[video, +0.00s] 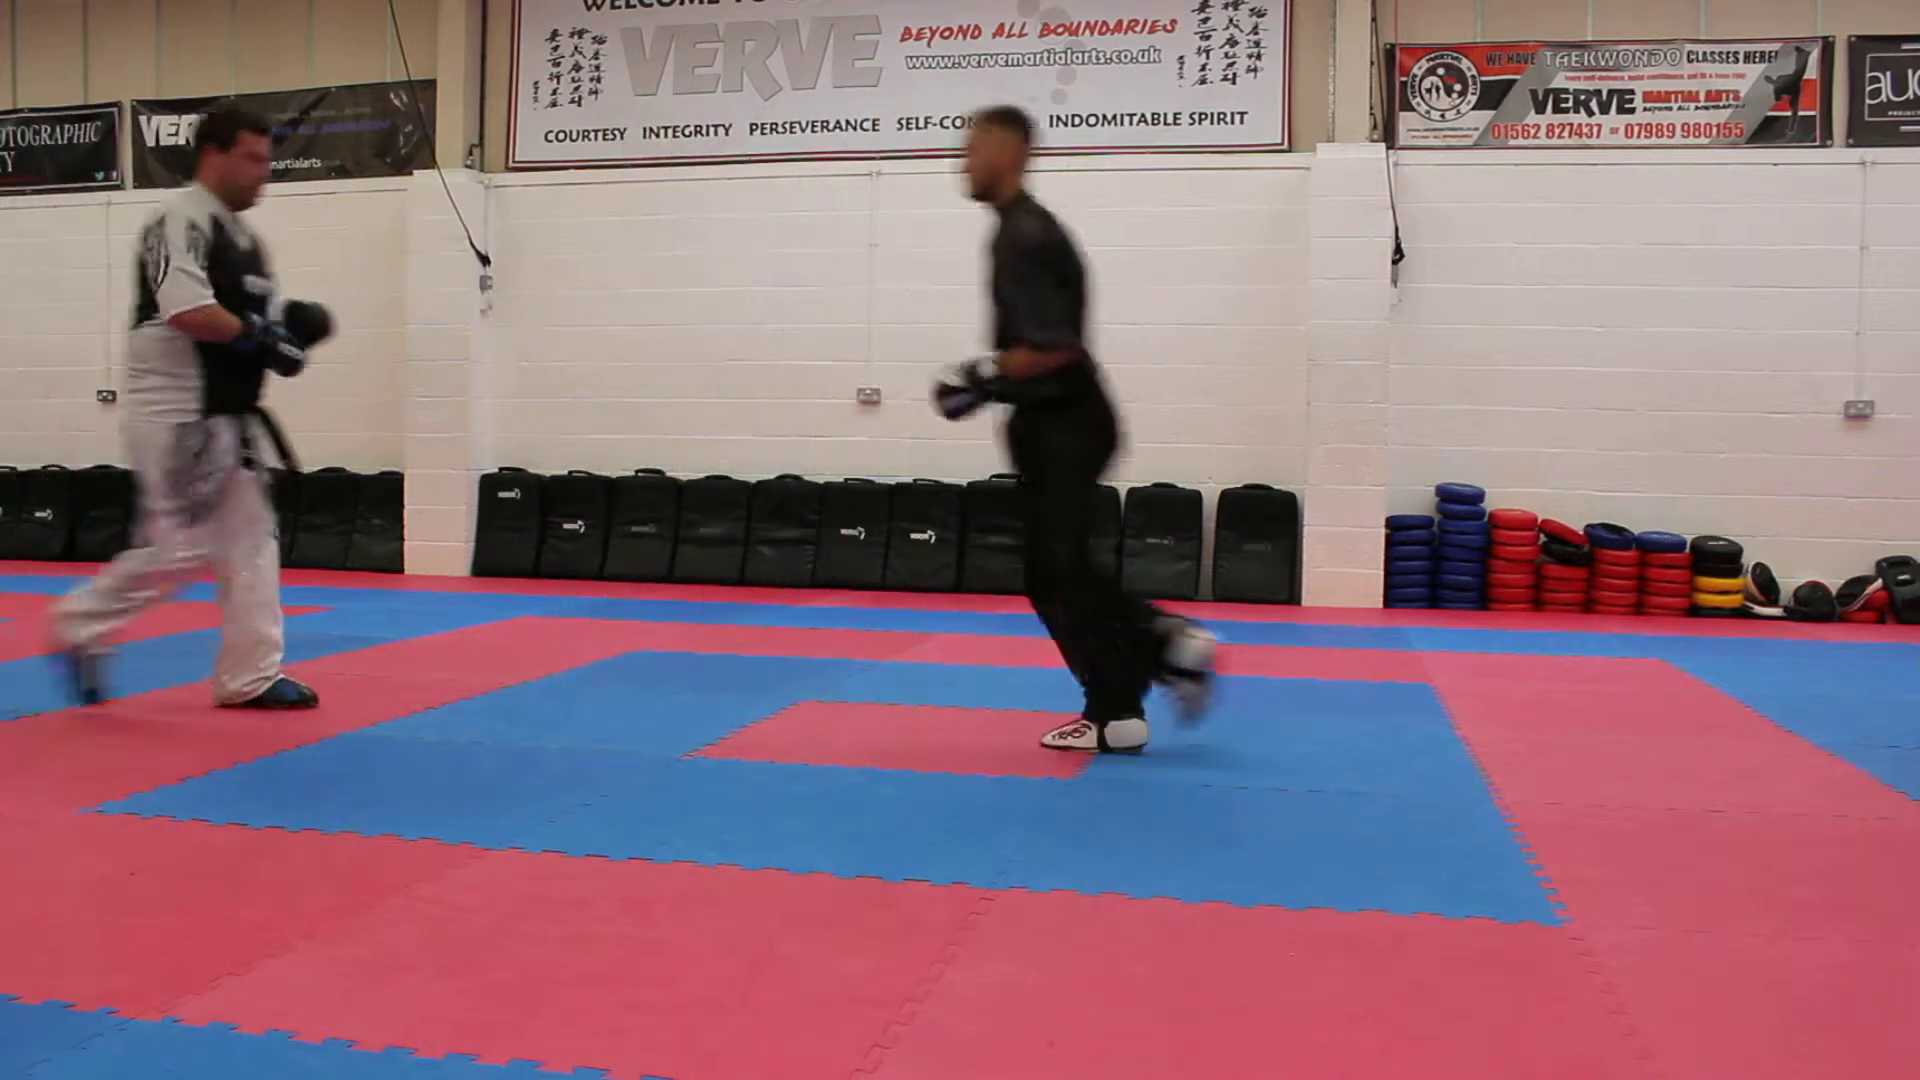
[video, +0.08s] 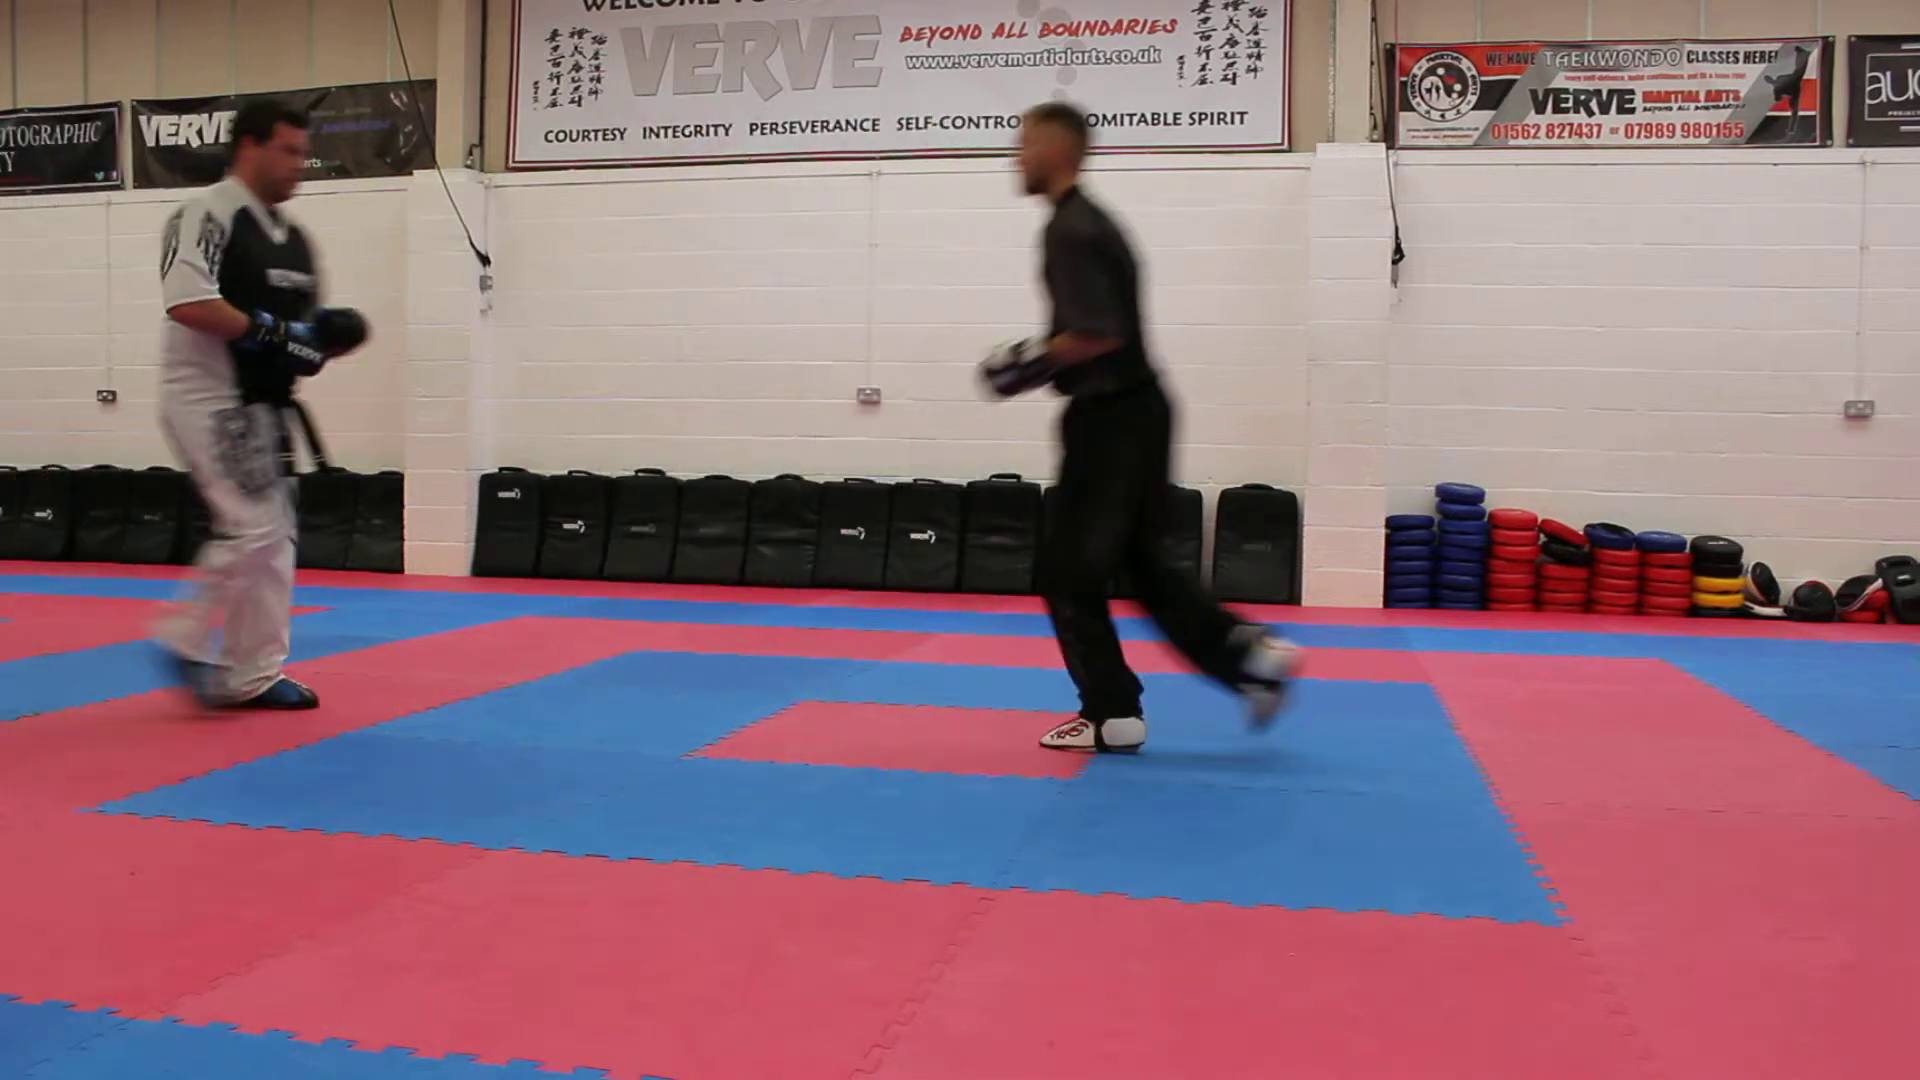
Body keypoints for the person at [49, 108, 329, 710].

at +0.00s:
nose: (265, 173)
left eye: (267, 162)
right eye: (255, 160)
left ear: (246, 164)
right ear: (214, 156)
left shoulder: (242, 235)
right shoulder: (176, 219)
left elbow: (253, 306)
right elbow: (189, 312)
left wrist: (287, 320)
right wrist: (258, 335)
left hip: (227, 414)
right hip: (172, 416)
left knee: (250, 541)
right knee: (180, 545)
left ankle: (248, 675)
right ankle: (78, 624)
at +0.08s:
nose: (300, 166)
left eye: (304, 156)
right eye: (290, 153)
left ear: (299, 159)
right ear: (249, 149)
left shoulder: (293, 237)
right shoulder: (203, 212)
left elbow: (297, 322)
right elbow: (187, 302)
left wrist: (325, 334)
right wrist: (270, 333)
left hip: (261, 399)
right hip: (204, 396)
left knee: (273, 532)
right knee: (256, 527)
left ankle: (248, 672)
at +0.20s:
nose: (345, 164)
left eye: (349, 152)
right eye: (334, 151)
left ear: (347, 155)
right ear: (293, 149)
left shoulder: (354, 237)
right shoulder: (244, 216)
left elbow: (375, 308)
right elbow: (202, 303)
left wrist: (395, 335)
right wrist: (286, 325)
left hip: (325, 400)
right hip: (261, 395)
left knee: (304, 535)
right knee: (317, 528)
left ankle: (249, 670)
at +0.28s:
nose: (373, 164)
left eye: (377, 152)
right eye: (361, 151)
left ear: (378, 159)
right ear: (320, 154)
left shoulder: (391, 243)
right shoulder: (274, 228)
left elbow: (414, 324)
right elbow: (231, 317)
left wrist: (445, 351)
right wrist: (313, 331)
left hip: (368, 405)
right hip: (301, 403)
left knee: (356, 535)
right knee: (355, 530)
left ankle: (280, 648)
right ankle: (392, 674)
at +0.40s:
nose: (420, 162)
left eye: (422, 151)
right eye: (407, 150)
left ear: (422, 158)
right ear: (367, 156)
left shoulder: (441, 240)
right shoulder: (323, 234)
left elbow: (468, 327)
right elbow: (294, 327)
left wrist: (507, 358)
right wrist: (373, 338)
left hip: (426, 416)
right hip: (357, 418)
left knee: (486, 527)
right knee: (387, 549)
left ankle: (410, 626)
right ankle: (394, 678)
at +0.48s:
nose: (456, 157)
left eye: (457, 145)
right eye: (444, 144)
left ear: (454, 152)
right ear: (403, 151)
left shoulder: (475, 236)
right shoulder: (354, 228)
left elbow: (502, 321)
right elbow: (331, 319)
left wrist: (547, 353)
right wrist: (413, 331)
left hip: (465, 408)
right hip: (390, 413)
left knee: (532, 514)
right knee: (397, 549)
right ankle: (399, 679)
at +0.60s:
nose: (511, 175)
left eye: (511, 163)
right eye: (498, 162)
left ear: (499, 171)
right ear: (456, 169)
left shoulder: (532, 257)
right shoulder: (406, 249)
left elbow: (563, 338)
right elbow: (376, 336)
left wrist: (614, 361)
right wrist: (454, 349)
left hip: (521, 435)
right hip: (444, 438)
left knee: (592, 555)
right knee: (425, 563)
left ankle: (665, 676)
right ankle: (431, 685)